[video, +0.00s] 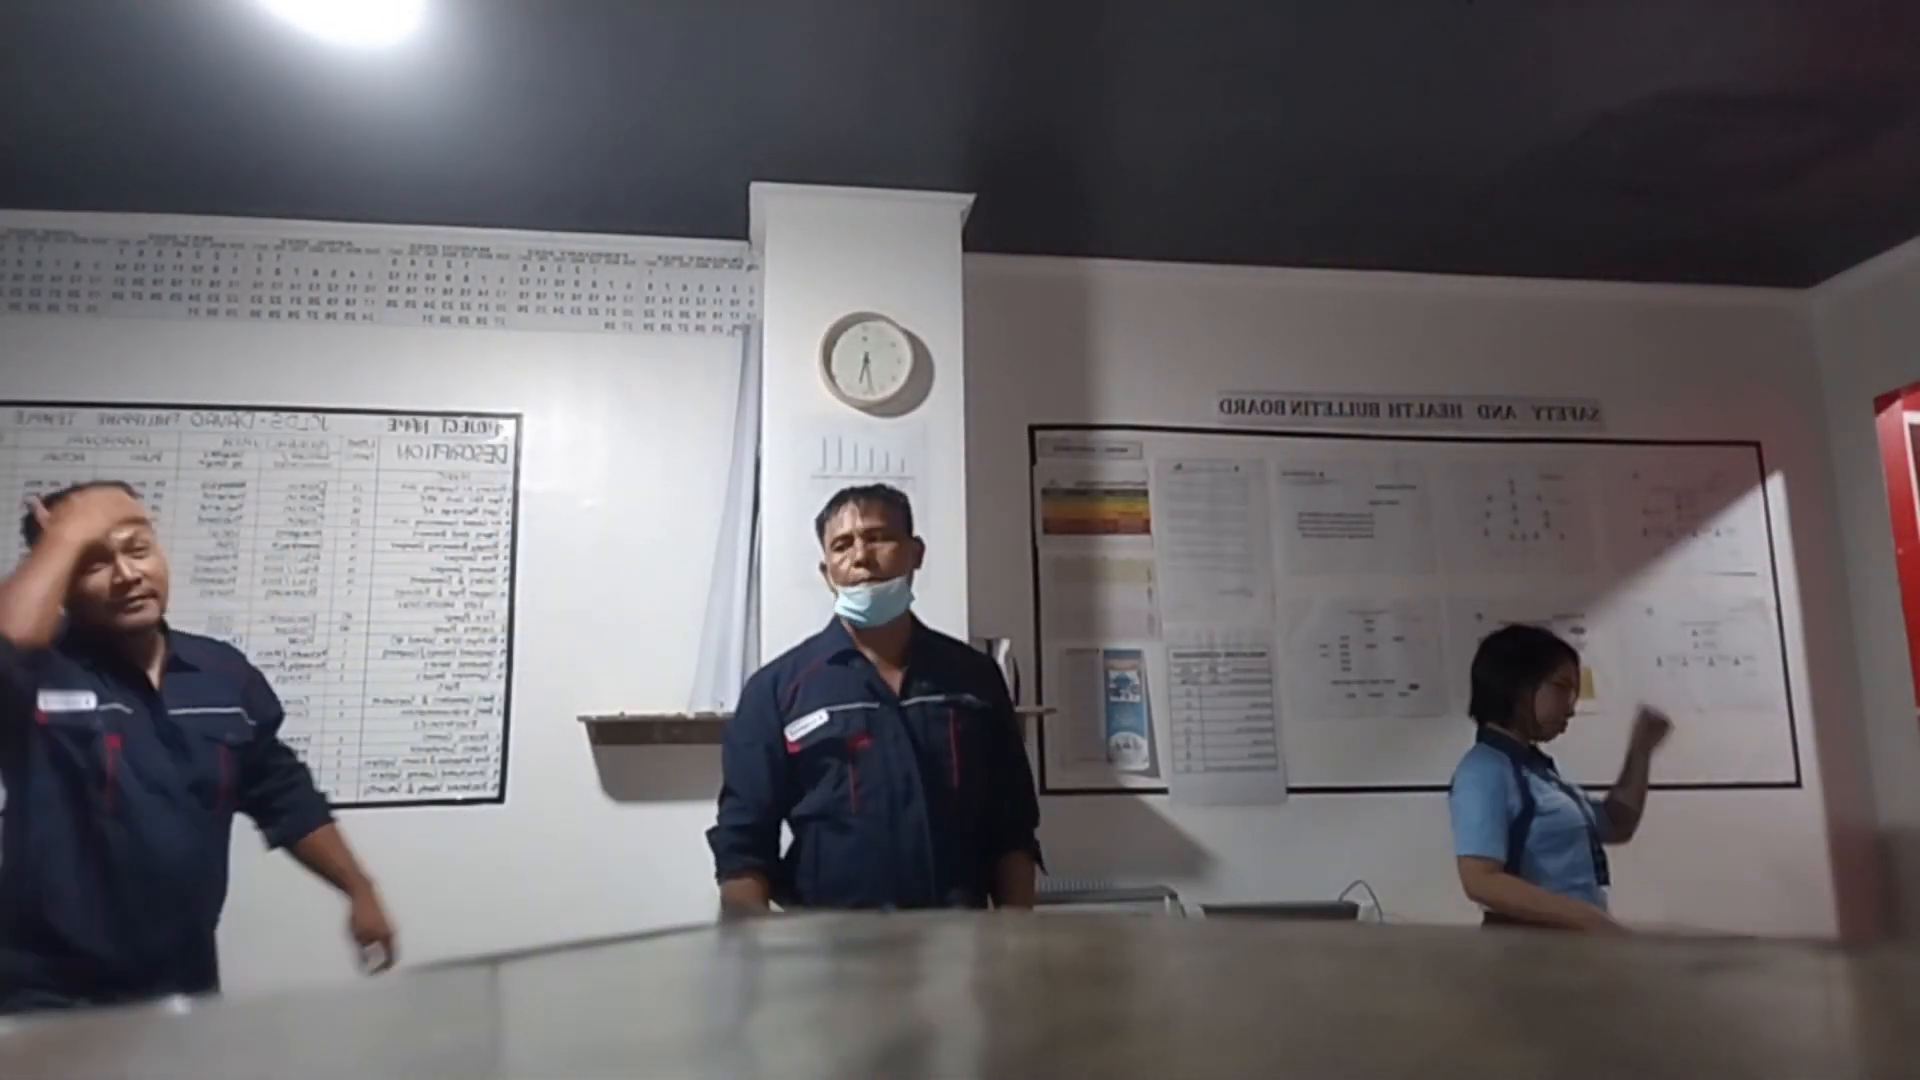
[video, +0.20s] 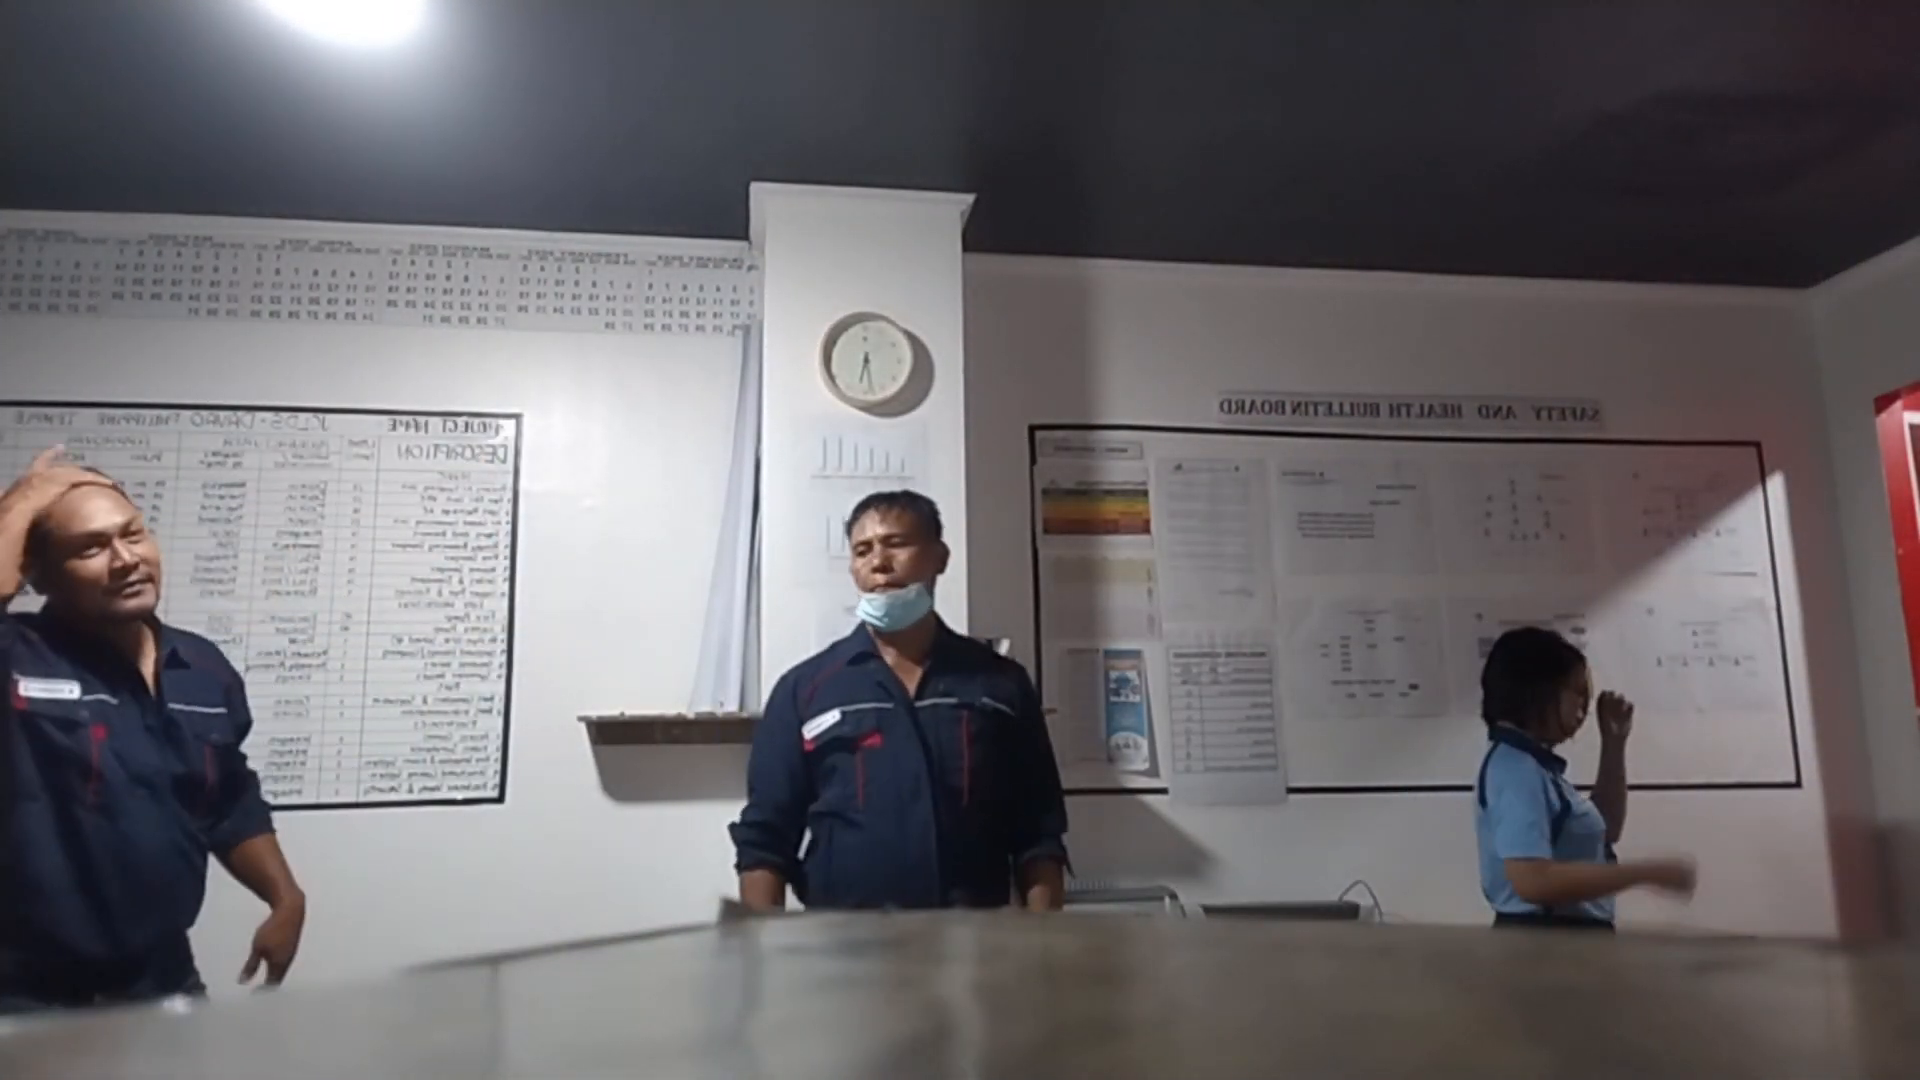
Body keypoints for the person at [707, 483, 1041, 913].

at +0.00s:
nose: (860, 555)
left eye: (878, 538)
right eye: (842, 545)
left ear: (915, 554)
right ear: (826, 571)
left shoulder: (975, 677)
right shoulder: (775, 692)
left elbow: (1013, 831)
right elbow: (741, 847)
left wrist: (1015, 950)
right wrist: (761, 959)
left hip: (959, 945)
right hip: (828, 951)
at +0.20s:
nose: (878, 561)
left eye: (897, 544)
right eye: (863, 550)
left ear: (939, 558)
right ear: (851, 567)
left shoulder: (1002, 684)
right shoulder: (803, 691)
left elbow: (1040, 835)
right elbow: (764, 840)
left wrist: (1042, 949)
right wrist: (768, 958)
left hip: (979, 948)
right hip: (846, 951)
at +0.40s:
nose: (919, 565)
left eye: (939, 551)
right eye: (905, 553)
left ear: (976, 573)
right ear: (888, 570)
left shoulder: (1025, 698)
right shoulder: (830, 691)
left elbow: (1061, 849)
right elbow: (789, 835)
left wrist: (1058, 960)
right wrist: (784, 956)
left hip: (988, 951)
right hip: (859, 952)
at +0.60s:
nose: (956, 567)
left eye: (978, 558)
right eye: (944, 552)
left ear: (1005, 588)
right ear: (922, 570)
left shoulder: (1036, 710)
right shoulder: (847, 684)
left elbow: (1060, 863)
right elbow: (800, 819)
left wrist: (1063, 968)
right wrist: (790, 941)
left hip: (984, 951)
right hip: (858, 947)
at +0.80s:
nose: (979, 572)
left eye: (1000, 568)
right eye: (968, 557)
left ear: (1016, 600)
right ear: (937, 573)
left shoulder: (1034, 719)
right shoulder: (845, 677)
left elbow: (1052, 874)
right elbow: (787, 809)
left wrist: (1054, 972)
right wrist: (772, 933)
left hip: (976, 951)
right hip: (851, 945)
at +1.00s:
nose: (965, 571)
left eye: (983, 567)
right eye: (952, 556)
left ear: (995, 599)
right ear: (917, 574)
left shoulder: (1015, 719)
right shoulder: (826, 679)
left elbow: (1032, 873)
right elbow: (765, 810)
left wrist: (1038, 965)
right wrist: (741, 933)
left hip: (967, 954)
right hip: (840, 948)